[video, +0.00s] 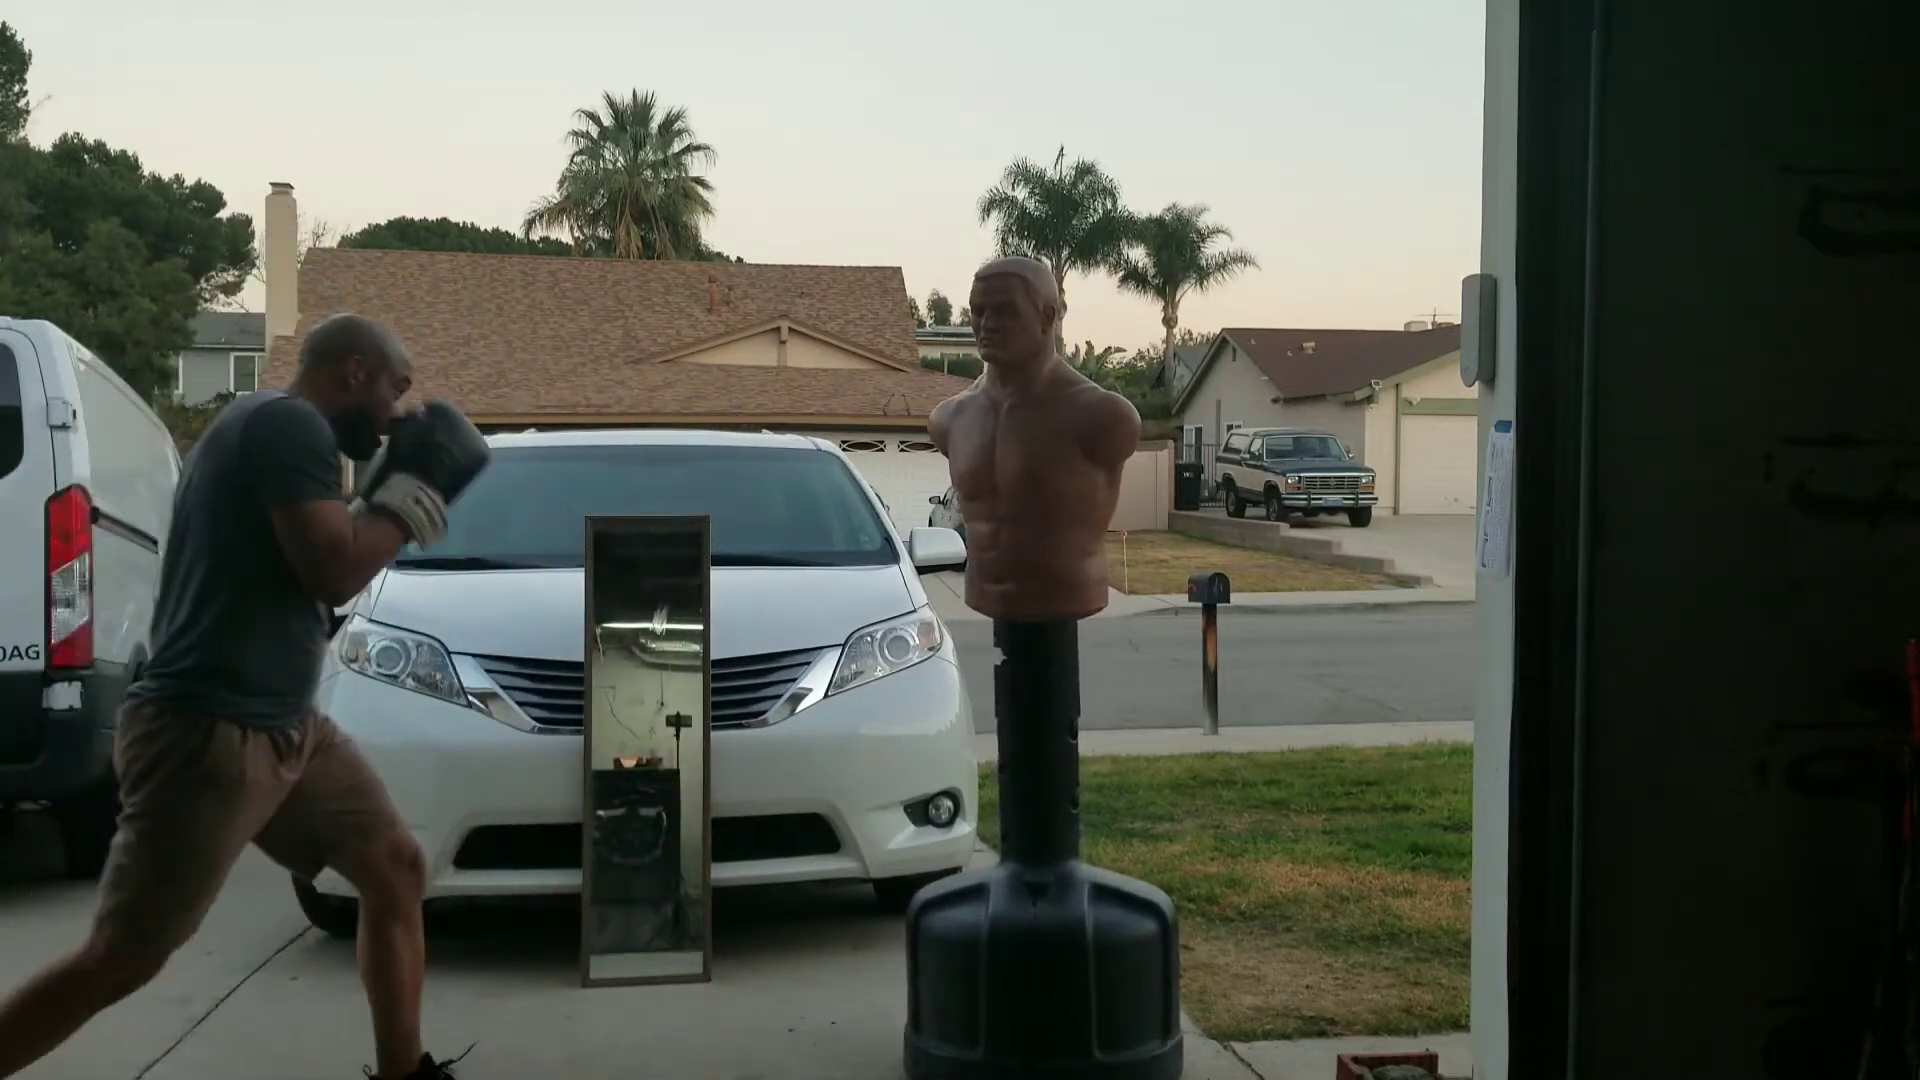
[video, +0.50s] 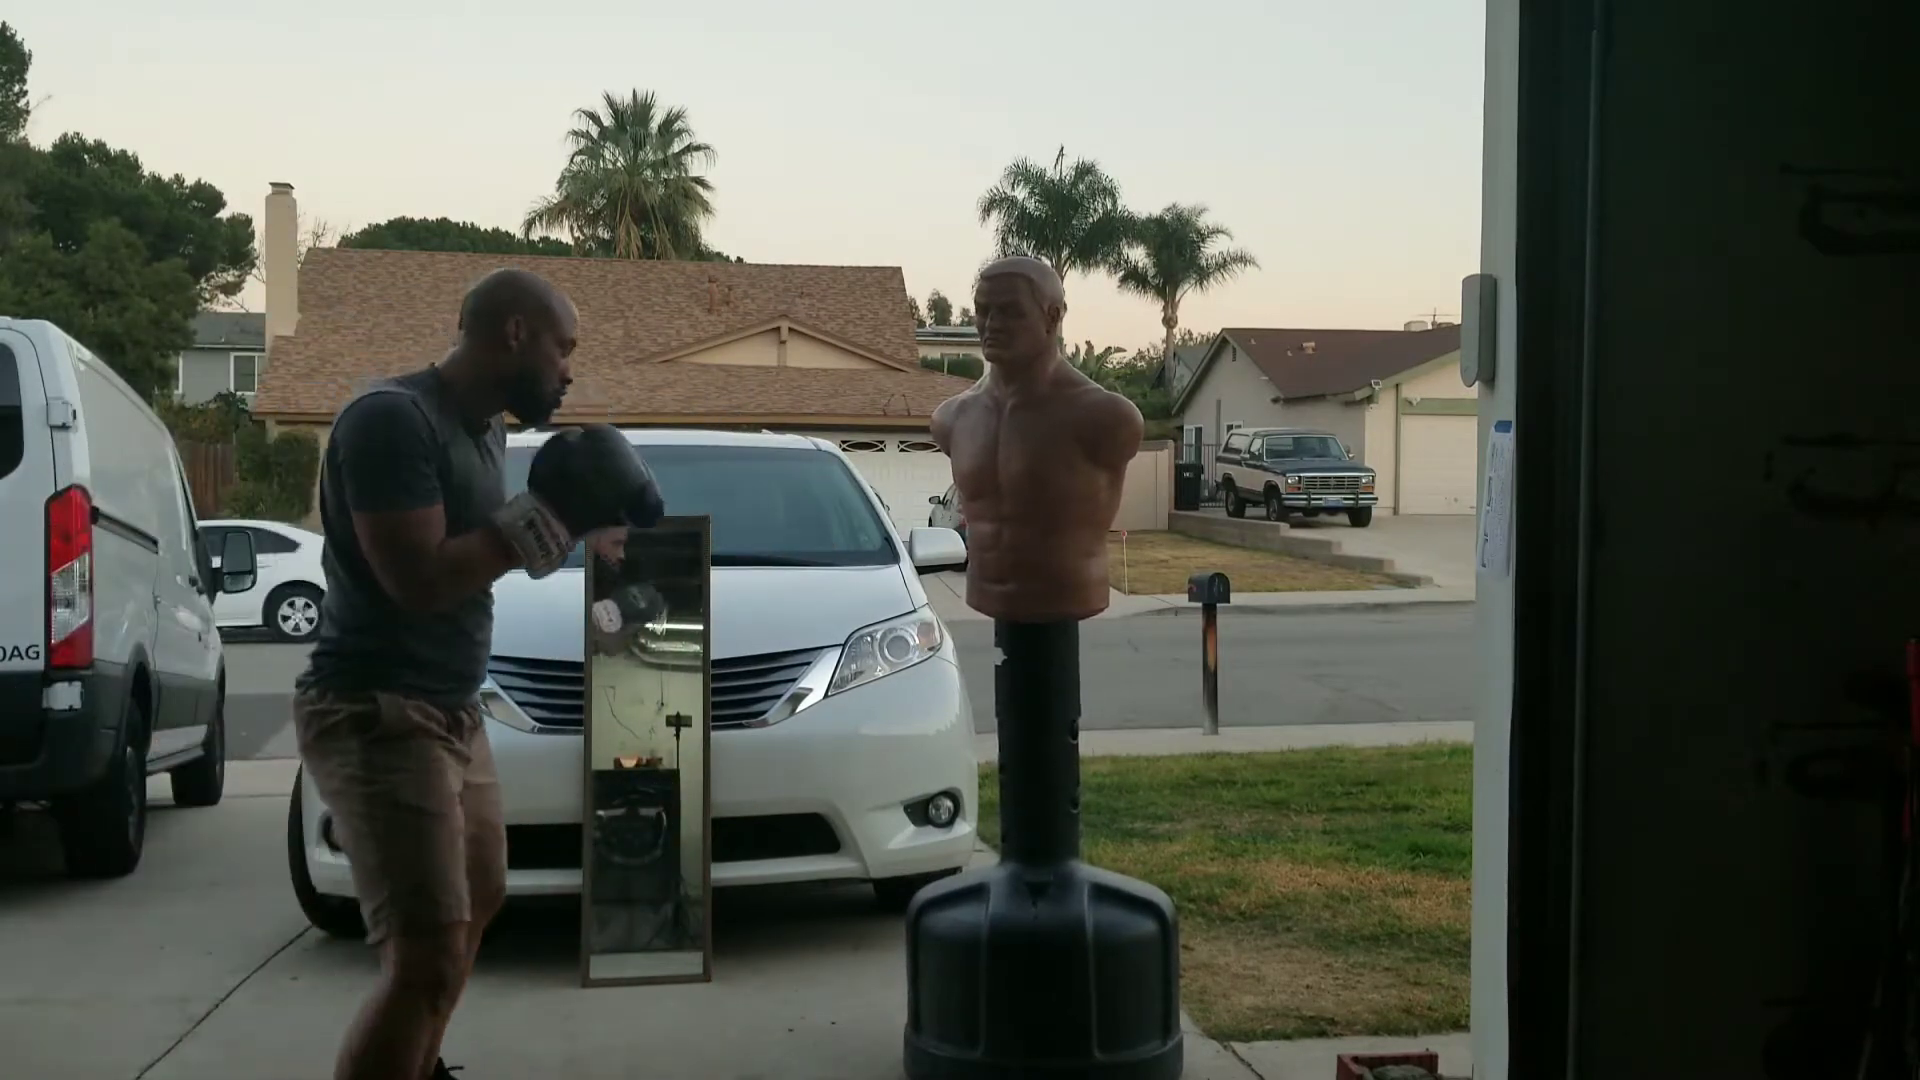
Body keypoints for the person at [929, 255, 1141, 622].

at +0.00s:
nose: (985, 323)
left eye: (1003, 310)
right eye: (978, 311)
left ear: (1048, 317)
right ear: (971, 316)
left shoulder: (1104, 417)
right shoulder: (949, 420)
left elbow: (1088, 522)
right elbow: (983, 515)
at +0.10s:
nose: (991, 324)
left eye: (1009, 310)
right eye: (984, 311)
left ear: (1054, 317)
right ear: (975, 316)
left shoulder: (1108, 418)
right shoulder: (953, 419)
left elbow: (1092, 523)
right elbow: (984, 511)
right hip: (999, 611)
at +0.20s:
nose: (990, 324)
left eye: (1009, 311)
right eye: (983, 311)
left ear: (1053, 317)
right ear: (975, 316)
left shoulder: (1108, 419)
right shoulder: (953, 419)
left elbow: (1091, 523)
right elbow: (985, 513)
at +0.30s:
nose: (987, 324)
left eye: (1007, 312)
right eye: (980, 311)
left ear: (1051, 317)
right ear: (972, 314)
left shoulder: (1106, 418)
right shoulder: (951, 419)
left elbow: (1090, 524)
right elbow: (985, 516)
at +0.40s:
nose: (989, 325)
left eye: (1008, 312)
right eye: (982, 311)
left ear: (1052, 317)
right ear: (974, 315)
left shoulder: (1107, 418)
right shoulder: (952, 419)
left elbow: (1090, 524)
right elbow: (985, 515)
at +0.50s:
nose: (989, 325)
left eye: (1008, 312)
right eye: (982, 311)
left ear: (1053, 317)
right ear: (974, 315)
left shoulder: (1107, 418)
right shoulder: (952, 419)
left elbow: (1090, 524)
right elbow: (985, 514)